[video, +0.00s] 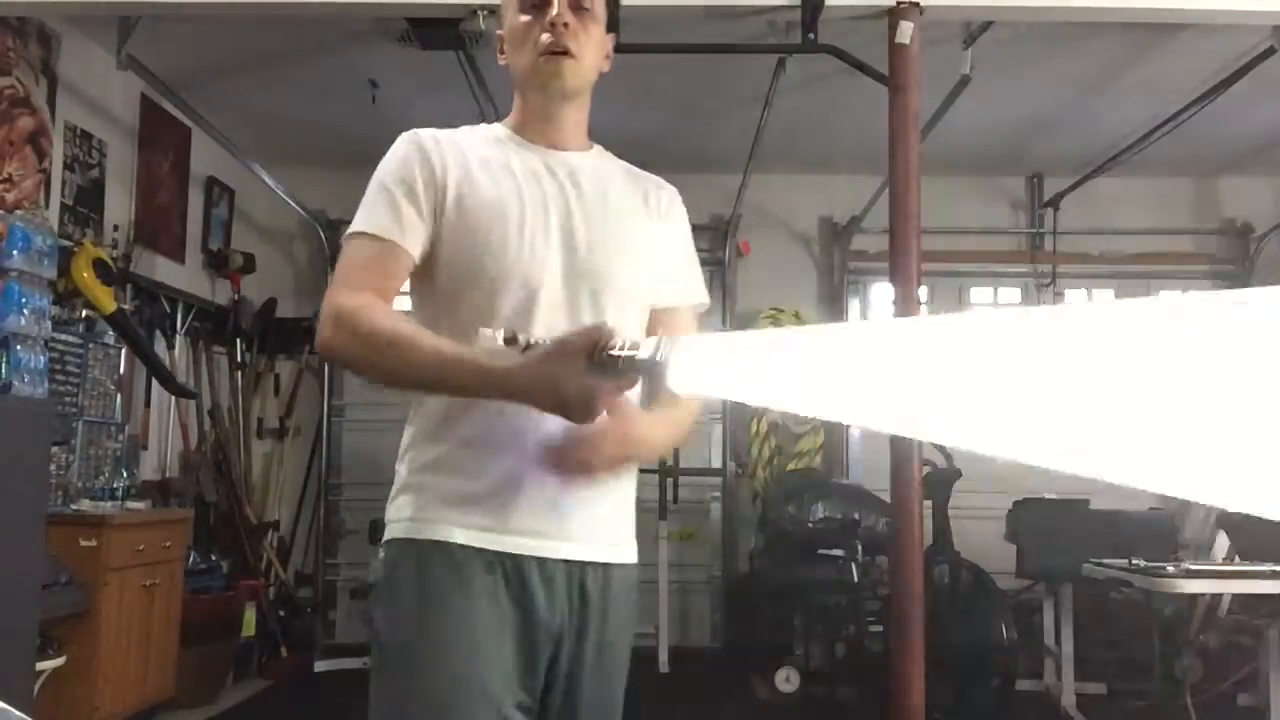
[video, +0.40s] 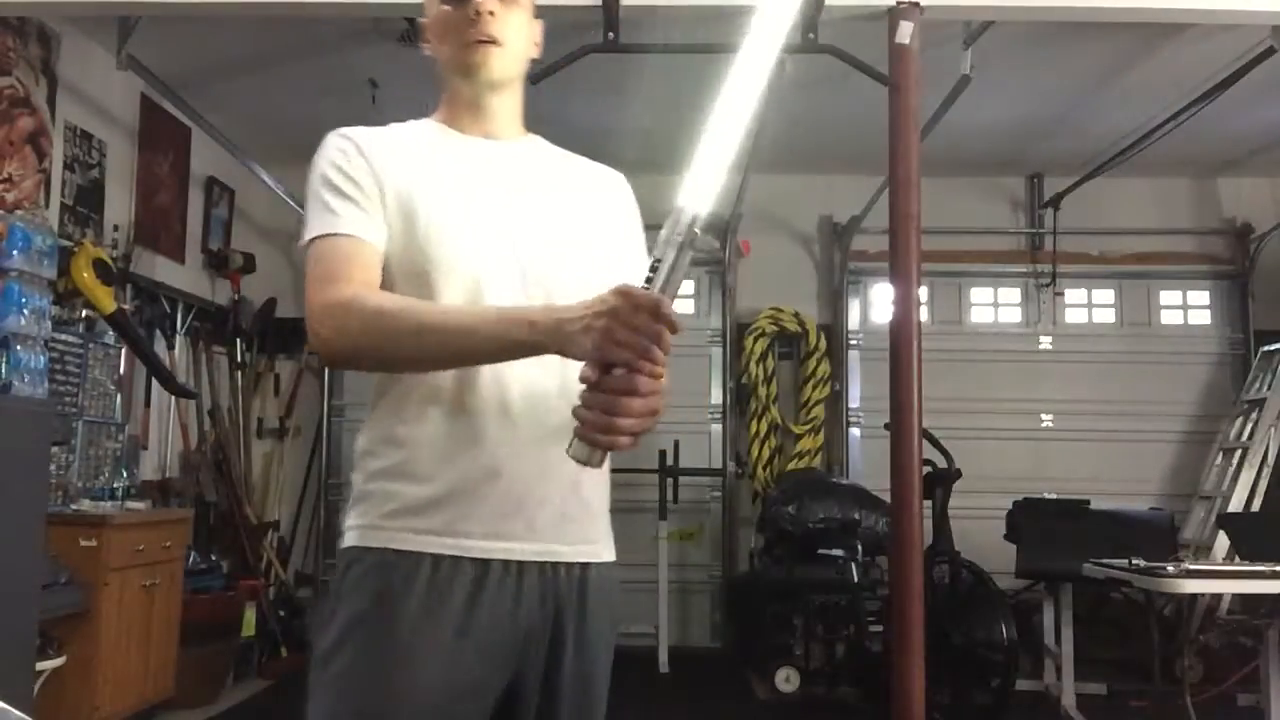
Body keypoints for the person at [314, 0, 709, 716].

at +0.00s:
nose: (558, 16)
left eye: (581, 6)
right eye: (534, 5)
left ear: (608, 50)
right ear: (501, 43)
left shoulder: (656, 204)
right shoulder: (430, 158)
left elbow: (684, 386)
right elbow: (345, 323)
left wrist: (640, 436)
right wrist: (520, 377)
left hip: (601, 562)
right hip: (453, 553)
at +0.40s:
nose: (480, 8)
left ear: (536, 34)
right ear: (425, 31)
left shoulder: (605, 192)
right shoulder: (362, 156)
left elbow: (633, 358)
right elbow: (336, 323)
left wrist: (636, 399)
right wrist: (558, 326)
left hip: (574, 572)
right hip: (411, 568)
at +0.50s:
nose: (444, 5)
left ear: (502, 29)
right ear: (384, 25)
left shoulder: (574, 187)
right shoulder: (323, 150)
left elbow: (611, 354)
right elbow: (312, 326)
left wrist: (617, 405)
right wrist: (542, 338)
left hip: (548, 576)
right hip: (376, 572)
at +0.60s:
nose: (398, 1)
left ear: (459, 18)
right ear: (333, 15)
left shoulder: (532, 185)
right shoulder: (267, 142)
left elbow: (571, 366)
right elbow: (269, 325)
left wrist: (583, 417)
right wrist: (509, 345)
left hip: (510, 590)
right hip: (328, 588)